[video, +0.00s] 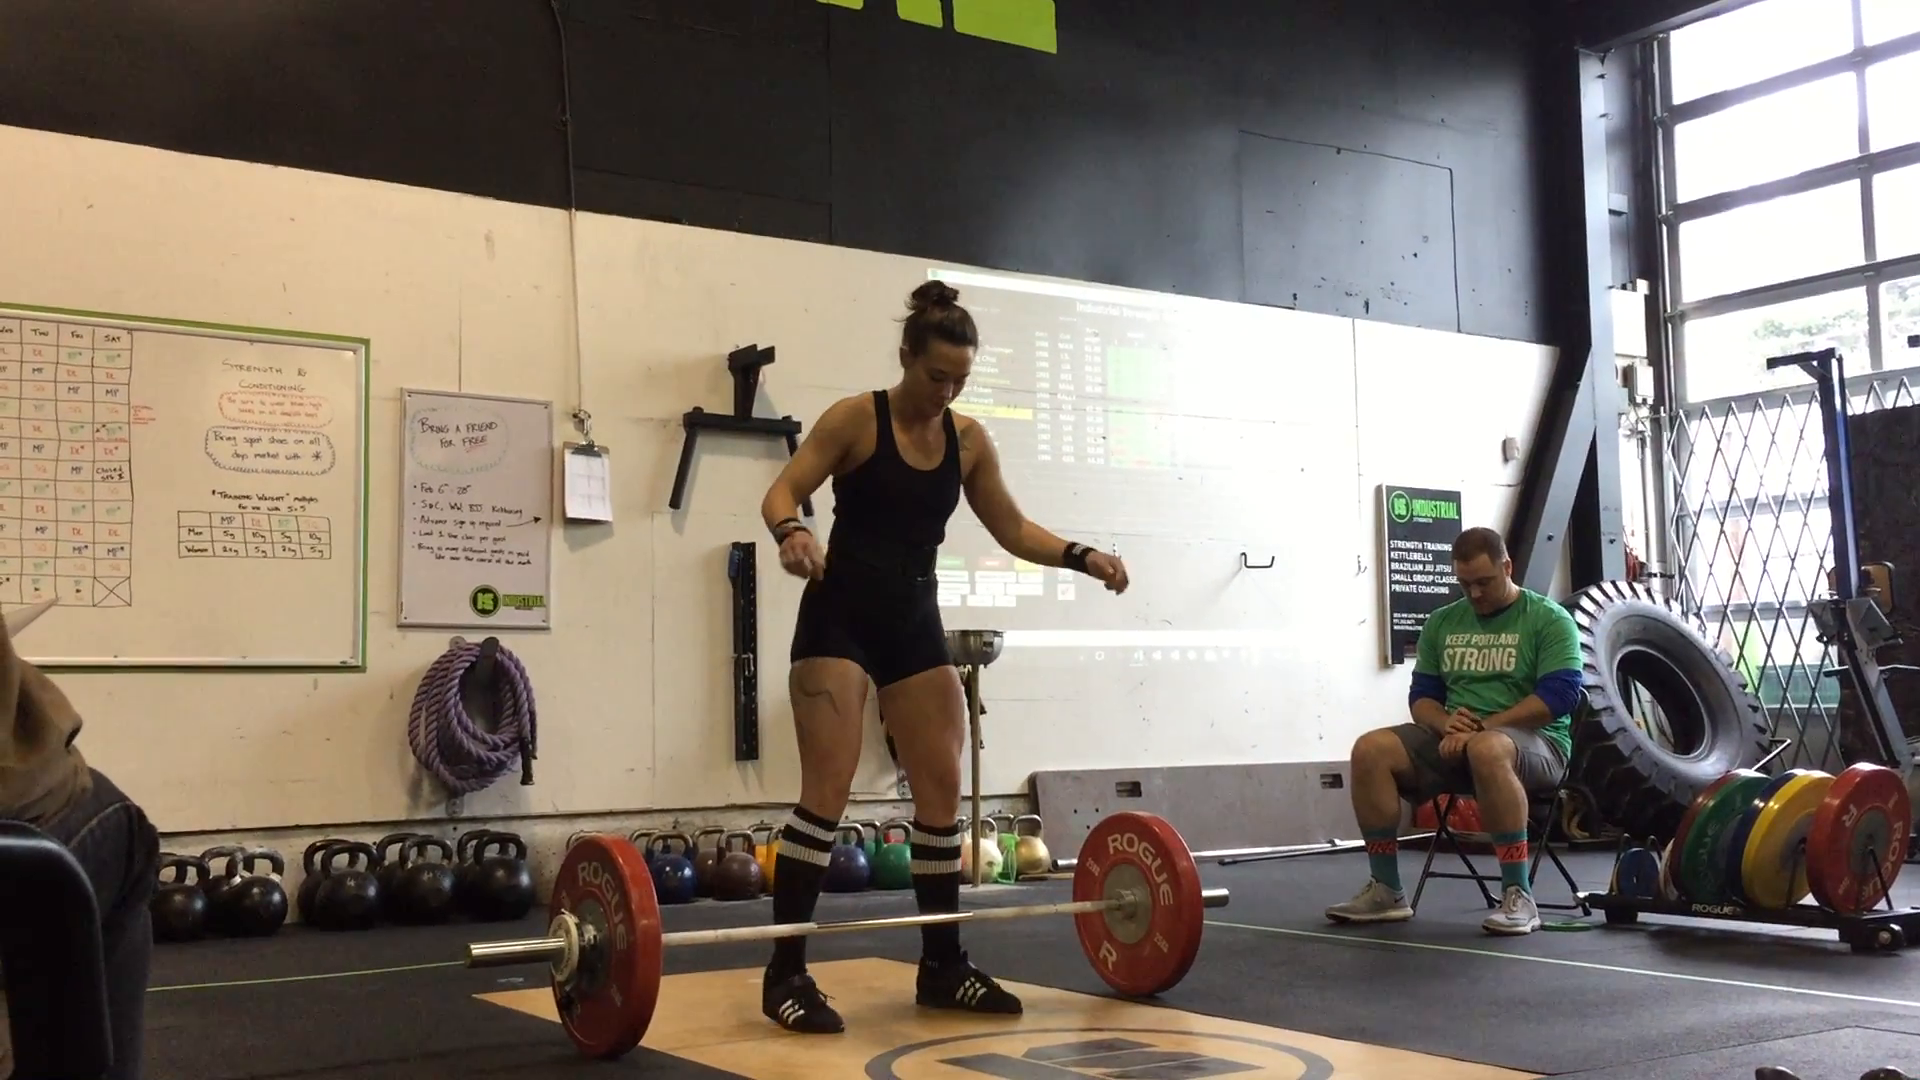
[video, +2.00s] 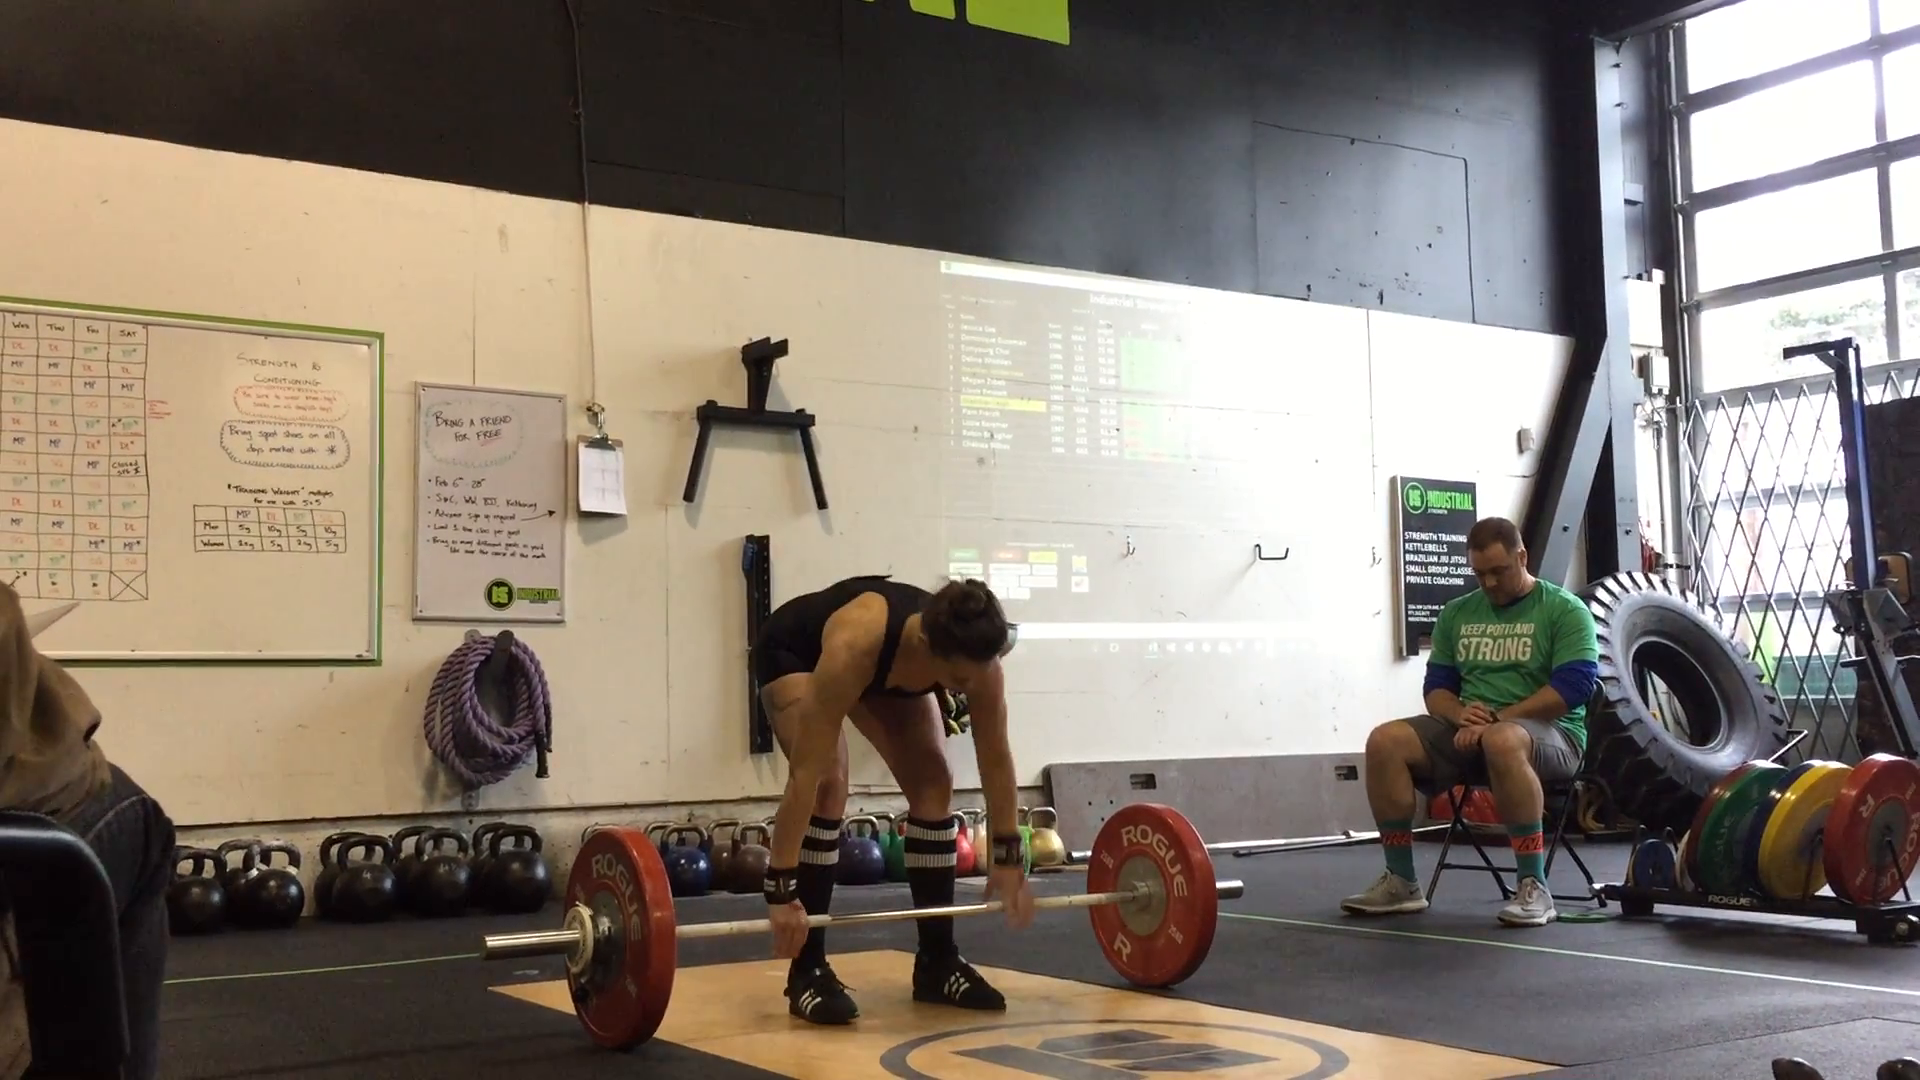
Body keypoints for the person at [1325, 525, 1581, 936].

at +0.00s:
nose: (1475, 594)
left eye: (1484, 582)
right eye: (1465, 584)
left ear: (1508, 567)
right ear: (1455, 575)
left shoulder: (1549, 618)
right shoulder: (1441, 622)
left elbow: (1561, 694)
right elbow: (1422, 698)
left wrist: (1481, 730)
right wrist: (1444, 721)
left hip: (1535, 742)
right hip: (1454, 742)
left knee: (1487, 749)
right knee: (1370, 750)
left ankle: (1517, 897)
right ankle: (1386, 891)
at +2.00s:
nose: (1489, 583)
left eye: (1498, 571)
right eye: (1480, 574)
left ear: (1523, 557)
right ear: (1471, 566)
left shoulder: (1565, 609)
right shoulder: (1455, 614)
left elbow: (1574, 686)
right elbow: (1437, 689)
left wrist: (1496, 722)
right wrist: (1459, 713)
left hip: (1550, 734)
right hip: (1469, 733)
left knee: (1502, 741)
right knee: (1384, 742)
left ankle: (1532, 888)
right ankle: (1401, 882)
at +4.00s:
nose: (1496, 551)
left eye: (1507, 541)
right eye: (1489, 543)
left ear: (1534, 546)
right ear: (1483, 551)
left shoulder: (1569, 609)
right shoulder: (1463, 613)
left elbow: (1569, 687)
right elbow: (1444, 684)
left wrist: (1495, 726)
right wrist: (1456, 725)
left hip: (1551, 734)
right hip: (1472, 735)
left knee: (1504, 743)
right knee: (1384, 744)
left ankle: (1536, 890)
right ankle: (1402, 884)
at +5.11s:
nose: (1500, 556)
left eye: (1511, 546)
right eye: (1493, 547)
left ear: (1538, 550)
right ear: (1487, 553)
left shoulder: (1574, 612)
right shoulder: (1467, 615)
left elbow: (1573, 693)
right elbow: (1450, 688)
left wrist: (1498, 731)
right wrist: (1465, 725)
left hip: (1557, 737)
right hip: (1478, 737)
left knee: (1512, 743)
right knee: (1390, 745)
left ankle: (1540, 892)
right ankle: (1408, 885)